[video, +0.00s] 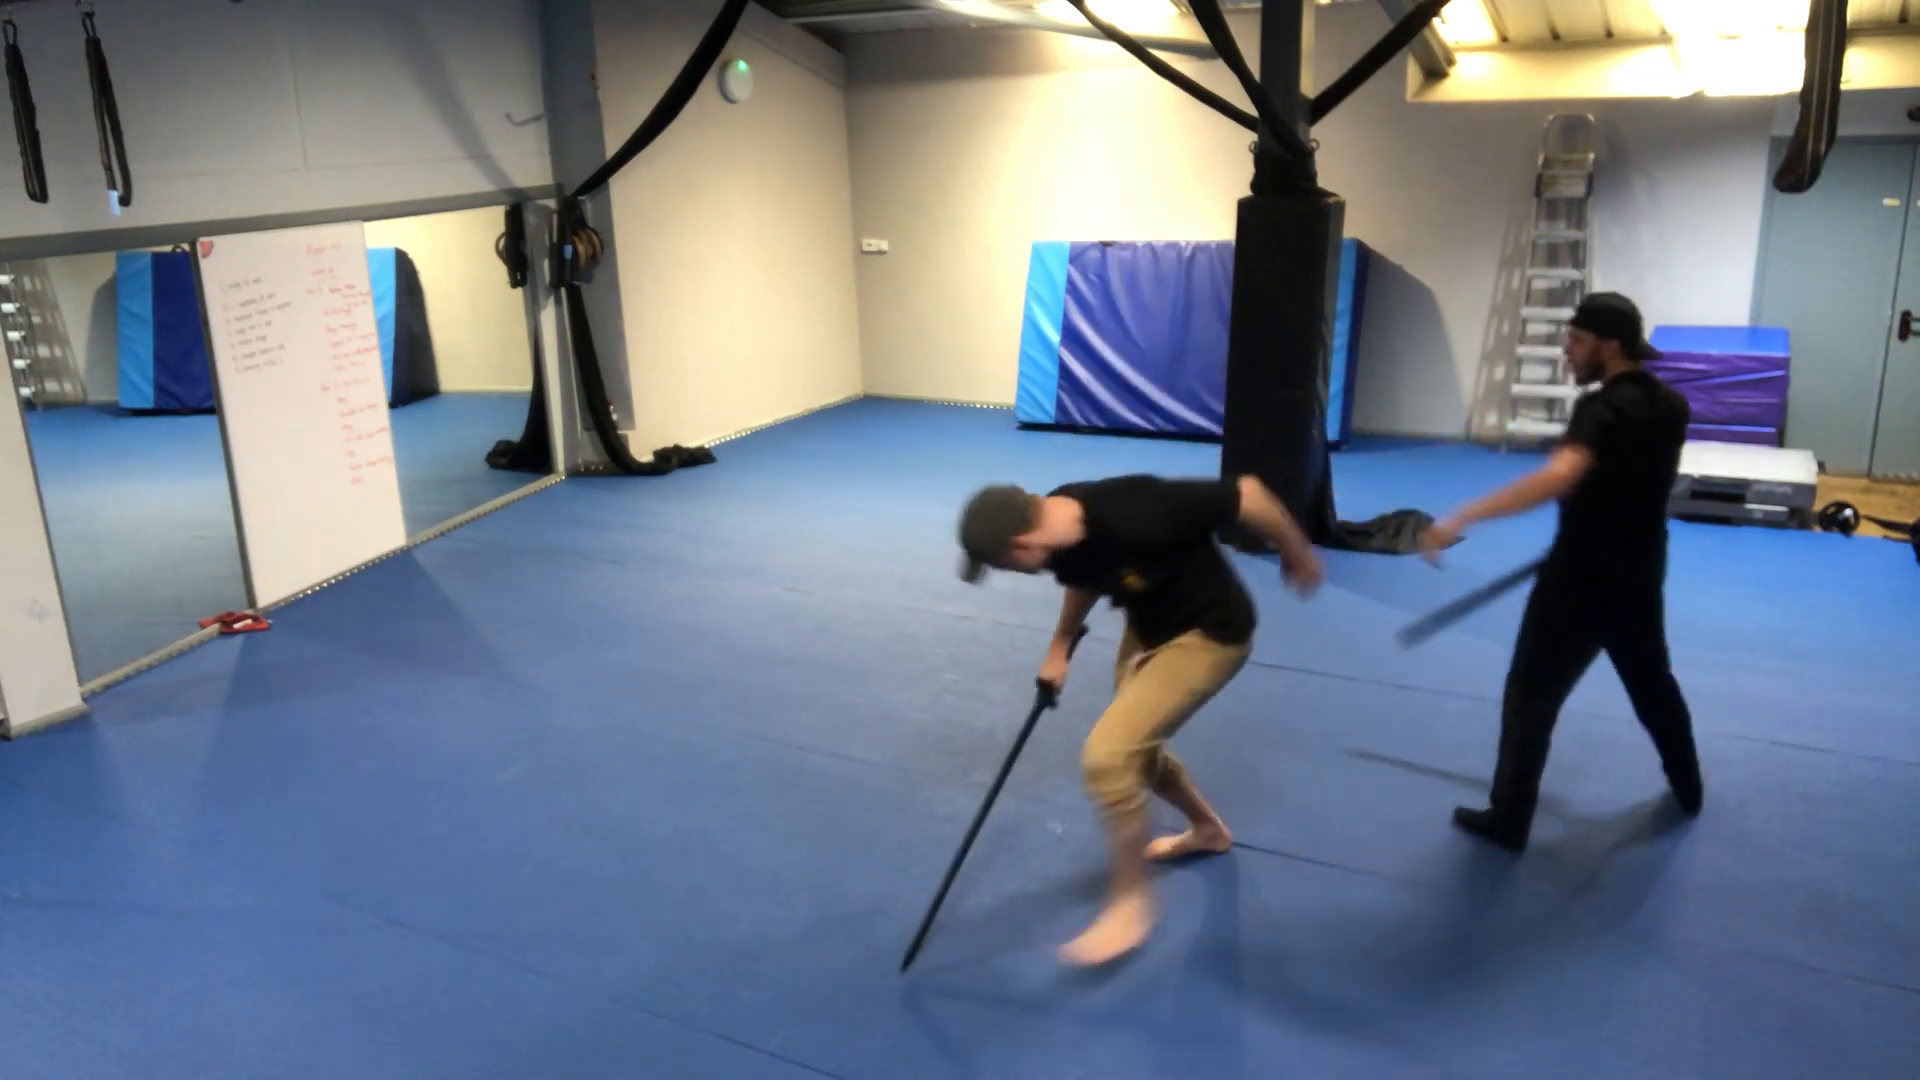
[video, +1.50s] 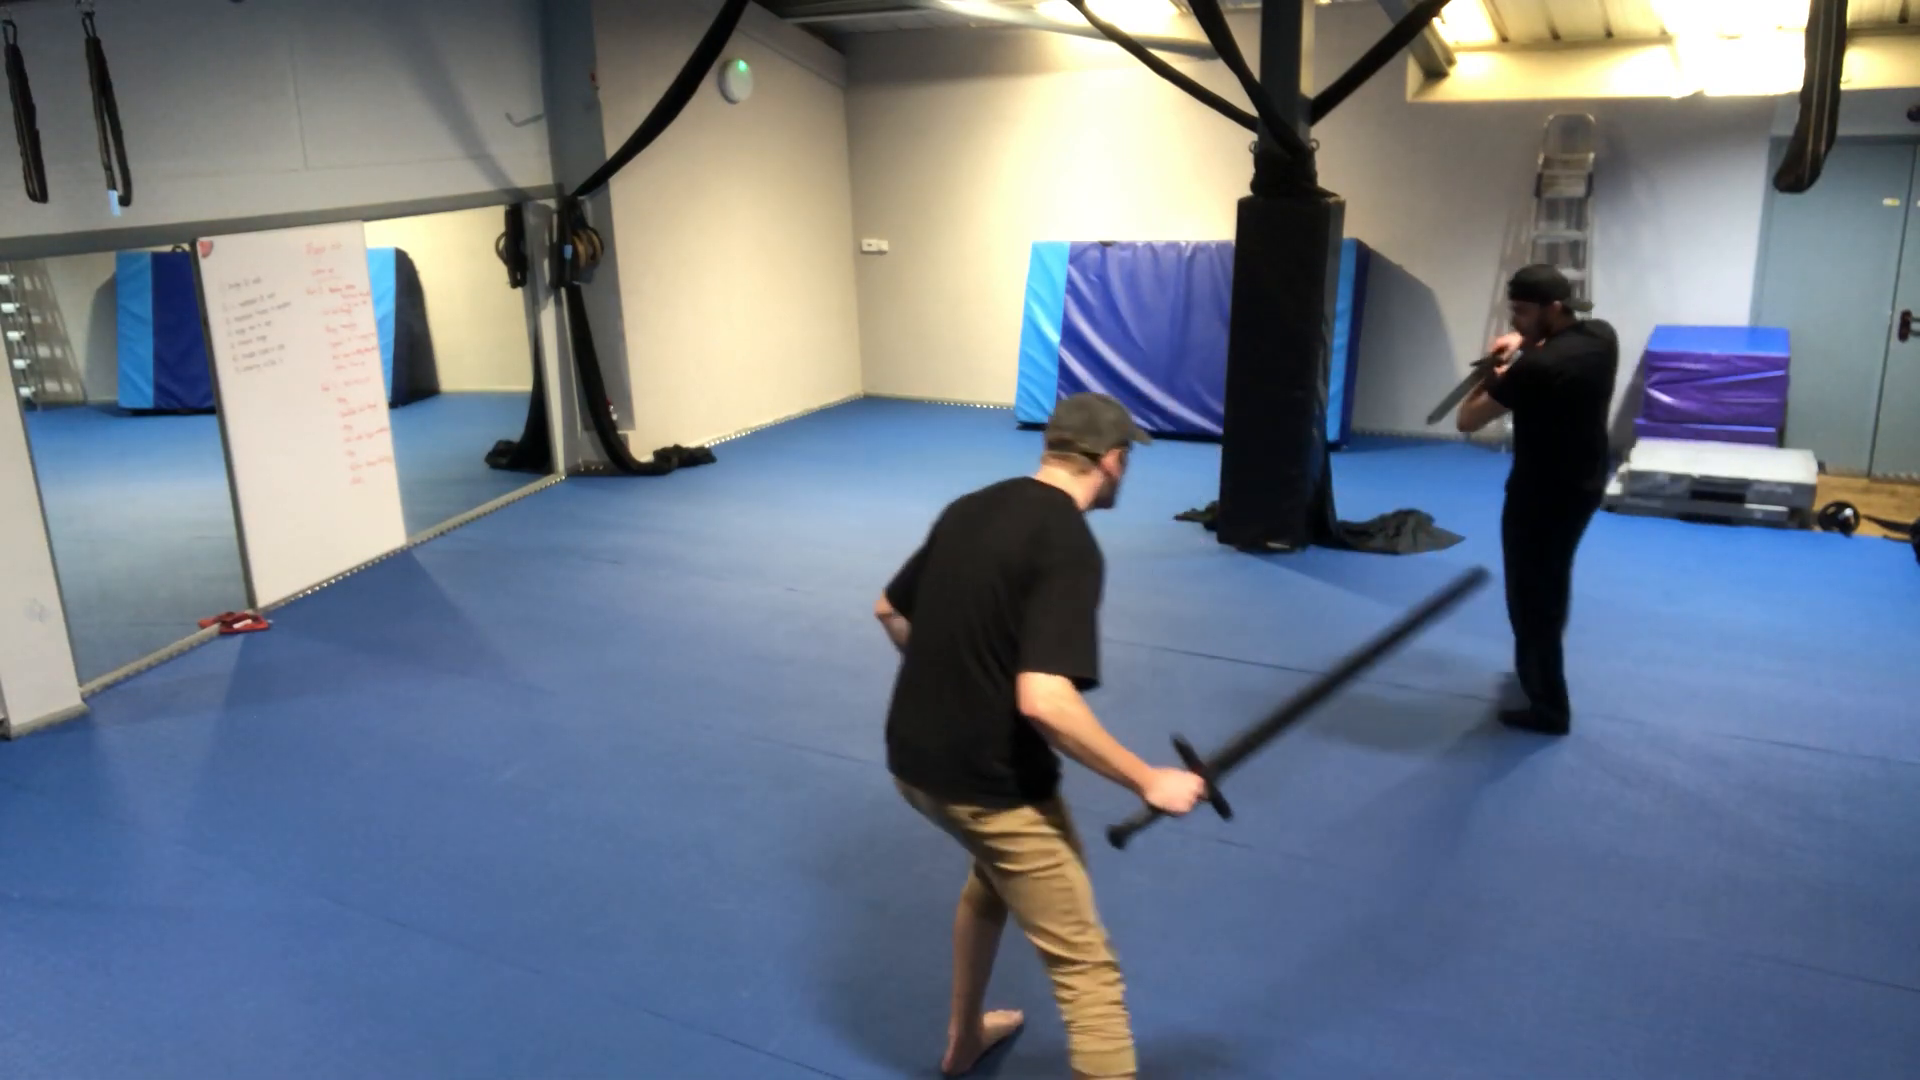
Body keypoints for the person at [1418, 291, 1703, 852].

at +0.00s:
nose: (1567, 349)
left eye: (1575, 339)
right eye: (1569, 338)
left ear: (1607, 345)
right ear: (1625, 346)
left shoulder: (1600, 407)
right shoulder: (1669, 405)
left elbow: (1562, 476)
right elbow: (1640, 490)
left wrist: (1464, 516)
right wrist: (1577, 534)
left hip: (1580, 576)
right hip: (1636, 577)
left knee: (1530, 694)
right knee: (1653, 684)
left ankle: (1508, 818)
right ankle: (1688, 788)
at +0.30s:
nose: (1621, 338)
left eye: (1630, 327)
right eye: (1622, 327)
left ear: (1666, 331)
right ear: (1673, 332)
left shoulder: (1672, 397)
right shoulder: (1714, 385)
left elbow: (1678, 495)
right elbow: (1694, 487)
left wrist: (1652, 576)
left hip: (1647, 552)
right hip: (1691, 555)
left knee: (1576, 656)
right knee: (1684, 673)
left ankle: (1551, 787)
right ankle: (1692, 787)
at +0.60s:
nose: (1630, 327)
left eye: (1639, 318)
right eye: (1630, 317)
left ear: (1676, 319)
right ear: (1678, 321)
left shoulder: (1673, 381)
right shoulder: (1720, 370)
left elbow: (1666, 480)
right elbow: (1681, 454)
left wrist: (1627, 546)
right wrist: (1627, 486)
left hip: (1656, 537)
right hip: (1705, 541)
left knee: (1608, 643)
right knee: (1695, 663)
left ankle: (1587, 740)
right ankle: (1694, 778)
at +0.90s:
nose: (1596, 335)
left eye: (1602, 325)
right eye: (1595, 325)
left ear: (1636, 323)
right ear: (1644, 323)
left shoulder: (1627, 389)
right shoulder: (1692, 367)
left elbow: (1587, 471)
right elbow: (1653, 436)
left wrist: (1562, 497)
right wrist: (1587, 444)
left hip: (1618, 536)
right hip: (1675, 536)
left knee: (1588, 628)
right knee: (1682, 655)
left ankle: (1558, 711)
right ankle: (1688, 779)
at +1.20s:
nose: (1547, 323)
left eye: (1552, 314)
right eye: (1546, 314)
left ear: (1585, 313)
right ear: (1596, 313)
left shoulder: (1569, 374)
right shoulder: (1640, 345)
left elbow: (1515, 438)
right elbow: (1591, 358)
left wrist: (1524, 394)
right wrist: (1539, 362)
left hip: (1567, 499)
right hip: (1622, 495)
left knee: (1550, 606)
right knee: (1610, 590)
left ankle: (1553, 711)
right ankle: (1643, 703)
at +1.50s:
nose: (1515, 319)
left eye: (1522, 311)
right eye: (1513, 310)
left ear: (1552, 310)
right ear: (1562, 309)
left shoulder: (1535, 366)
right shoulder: (1602, 337)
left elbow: (1468, 420)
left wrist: (1496, 372)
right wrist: (1517, 357)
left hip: (1538, 493)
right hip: (1583, 485)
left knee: (1529, 596)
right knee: (1550, 581)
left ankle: (1548, 709)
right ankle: (1538, 675)